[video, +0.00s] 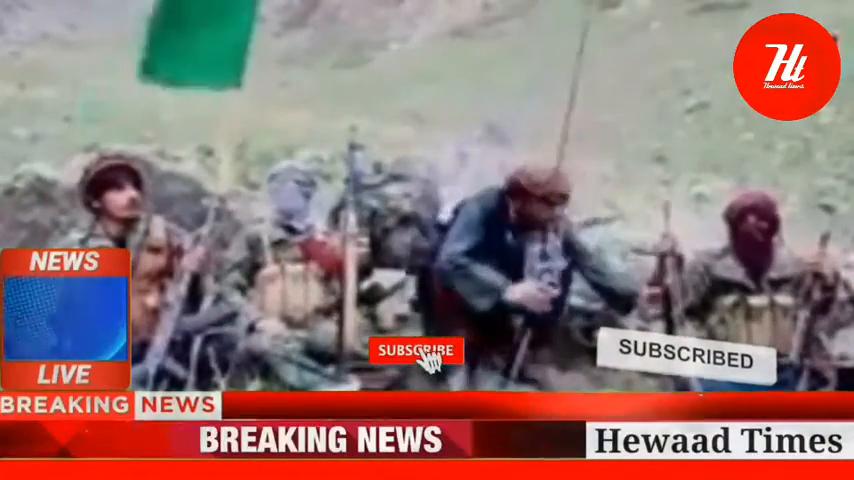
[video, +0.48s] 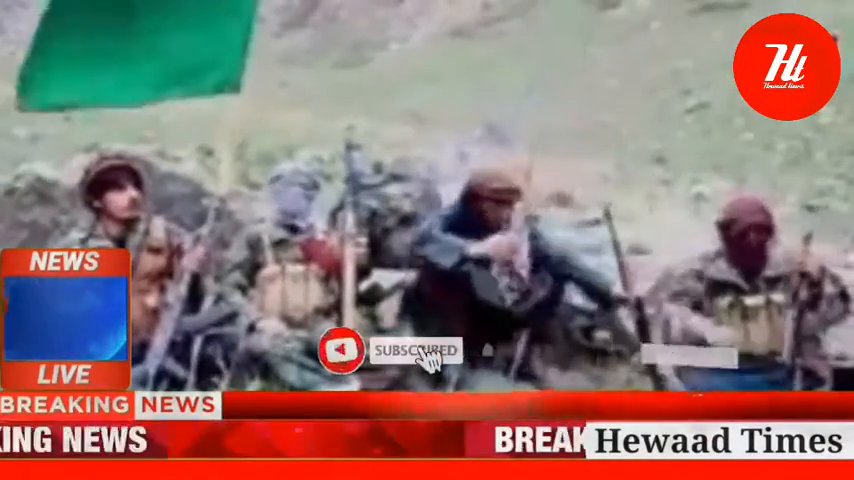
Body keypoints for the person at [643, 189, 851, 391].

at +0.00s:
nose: (753, 224)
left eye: (761, 218)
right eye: (746, 218)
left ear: (773, 226)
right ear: (733, 225)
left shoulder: (795, 268)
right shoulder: (707, 266)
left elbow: (830, 319)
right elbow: (670, 304)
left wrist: (831, 288)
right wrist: (667, 268)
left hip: (785, 374)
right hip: (722, 373)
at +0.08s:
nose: (754, 225)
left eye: (762, 218)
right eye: (746, 218)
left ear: (774, 227)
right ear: (733, 226)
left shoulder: (796, 269)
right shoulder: (707, 267)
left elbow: (825, 319)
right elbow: (681, 306)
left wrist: (830, 290)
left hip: (784, 373)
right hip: (721, 372)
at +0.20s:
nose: (758, 238)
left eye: (766, 228)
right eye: (748, 229)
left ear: (775, 231)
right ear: (733, 233)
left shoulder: (796, 272)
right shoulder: (706, 272)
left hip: (784, 374)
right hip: (723, 375)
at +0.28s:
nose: (758, 238)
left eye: (766, 228)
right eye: (747, 229)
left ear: (776, 233)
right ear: (730, 231)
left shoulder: (799, 274)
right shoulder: (701, 273)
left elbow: (835, 316)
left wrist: (829, 289)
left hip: (787, 379)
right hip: (720, 380)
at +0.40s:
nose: (756, 242)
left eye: (764, 233)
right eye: (746, 233)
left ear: (775, 235)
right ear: (728, 234)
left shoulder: (796, 274)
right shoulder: (693, 276)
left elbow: (842, 308)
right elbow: (654, 312)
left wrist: (823, 291)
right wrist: (715, 309)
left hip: (788, 379)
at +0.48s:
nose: (754, 242)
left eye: (761, 232)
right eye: (743, 233)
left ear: (771, 234)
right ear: (725, 236)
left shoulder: (792, 272)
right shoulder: (694, 276)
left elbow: (838, 306)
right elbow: (656, 309)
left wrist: (820, 285)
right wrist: (711, 334)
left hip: (787, 374)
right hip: (719, 379)